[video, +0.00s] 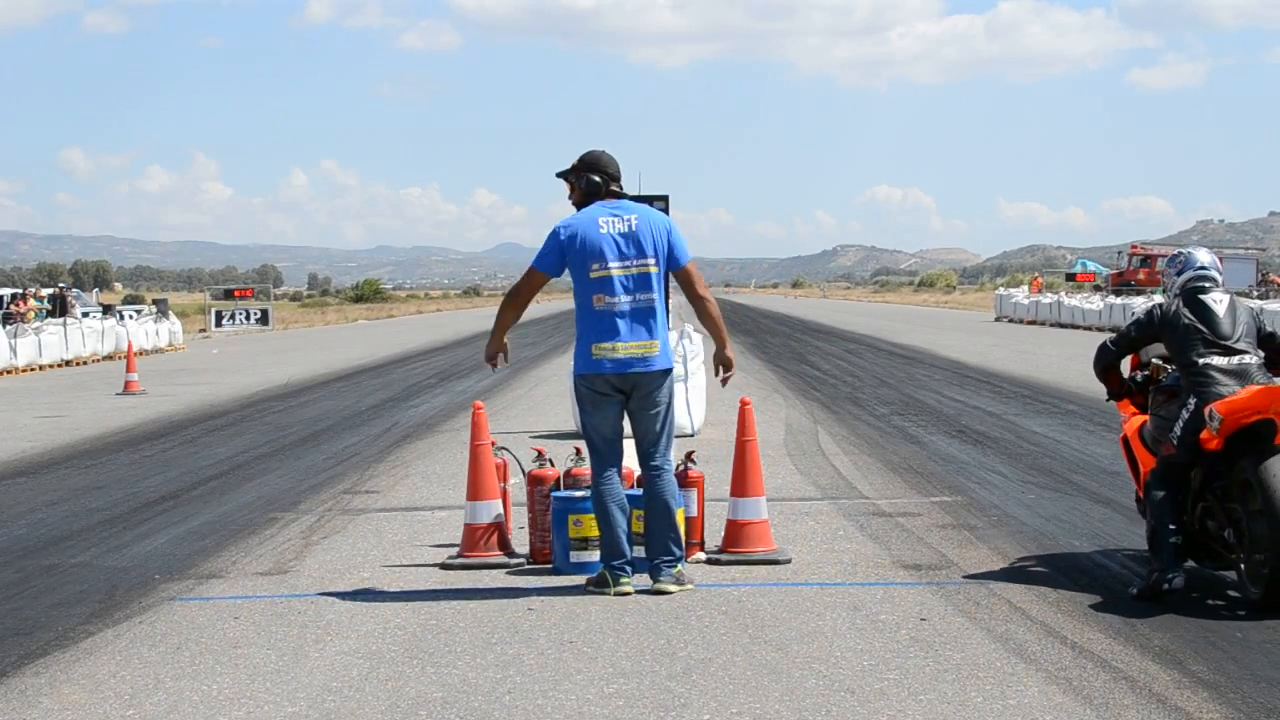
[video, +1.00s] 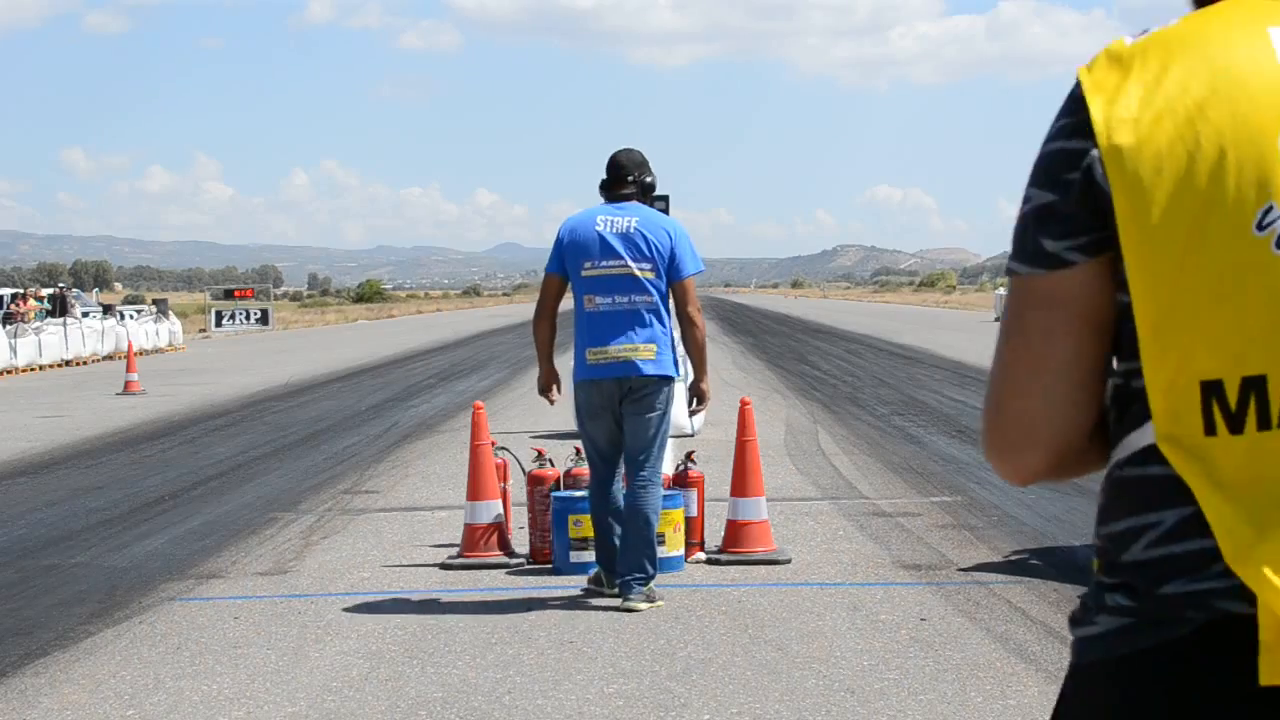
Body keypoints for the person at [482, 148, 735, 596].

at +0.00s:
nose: (568, 196)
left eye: (570, 188)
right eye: (568, 188)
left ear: (585, 186)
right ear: (616, 185)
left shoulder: (571, 230)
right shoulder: (659, 223)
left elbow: (523, 291)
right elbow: (698, 292)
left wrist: (497, 336)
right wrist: (723, 344)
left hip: (596, 366)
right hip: (653, 362)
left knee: (605, 468)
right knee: (658, 462)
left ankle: (616, 572)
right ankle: (667, 568)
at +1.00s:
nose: (647, 190)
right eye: (648, 183)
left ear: (604, 186)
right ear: (647, 185)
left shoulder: (573, 229)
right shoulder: (666, 229)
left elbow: (546, 305)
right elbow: (690, 314)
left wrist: (544, 364)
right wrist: (702, 374)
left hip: (593, 368)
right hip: (651, 366)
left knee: (603, 471)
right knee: (644, 472)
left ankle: (609, 572)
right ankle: (635, 584)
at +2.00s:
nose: (528, 184)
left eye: (530, 177)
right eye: (528, 177)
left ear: (544, 178)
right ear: (581, 177)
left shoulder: (523, 228)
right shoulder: (624, 220)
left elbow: (500, 319)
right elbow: (649, 307)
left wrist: (487, 390)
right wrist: (649, 370)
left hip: (553, 375)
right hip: (616, 371)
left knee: (561, 485)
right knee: (629, 477)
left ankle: (570, 605)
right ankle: (641, 593)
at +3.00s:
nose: (583, 176)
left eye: (586, 167)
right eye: (583, 167)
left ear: (600, 169)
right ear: (640, 170)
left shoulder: (589, 218)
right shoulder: (688, 221)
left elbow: (566, 311)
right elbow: (708, 308)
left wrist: (546, 386)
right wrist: (710, 382)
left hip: (607, 380)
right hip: (673, 379)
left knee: (597, 495)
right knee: (658, 496)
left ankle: (618, 606)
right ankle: (651, 616)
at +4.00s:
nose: (578, 169)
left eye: (585, 159)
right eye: (579, 159)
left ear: (610, 161)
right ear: (635, 163)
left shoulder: (594, 218)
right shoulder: (690, 215)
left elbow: (570, 317)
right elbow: (711, 308)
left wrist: (545, 391)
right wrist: (709, 379)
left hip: (614, 386)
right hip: (682, 382)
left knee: (623, 508)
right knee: (688, 500)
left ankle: (638, 633)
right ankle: (704, 626)